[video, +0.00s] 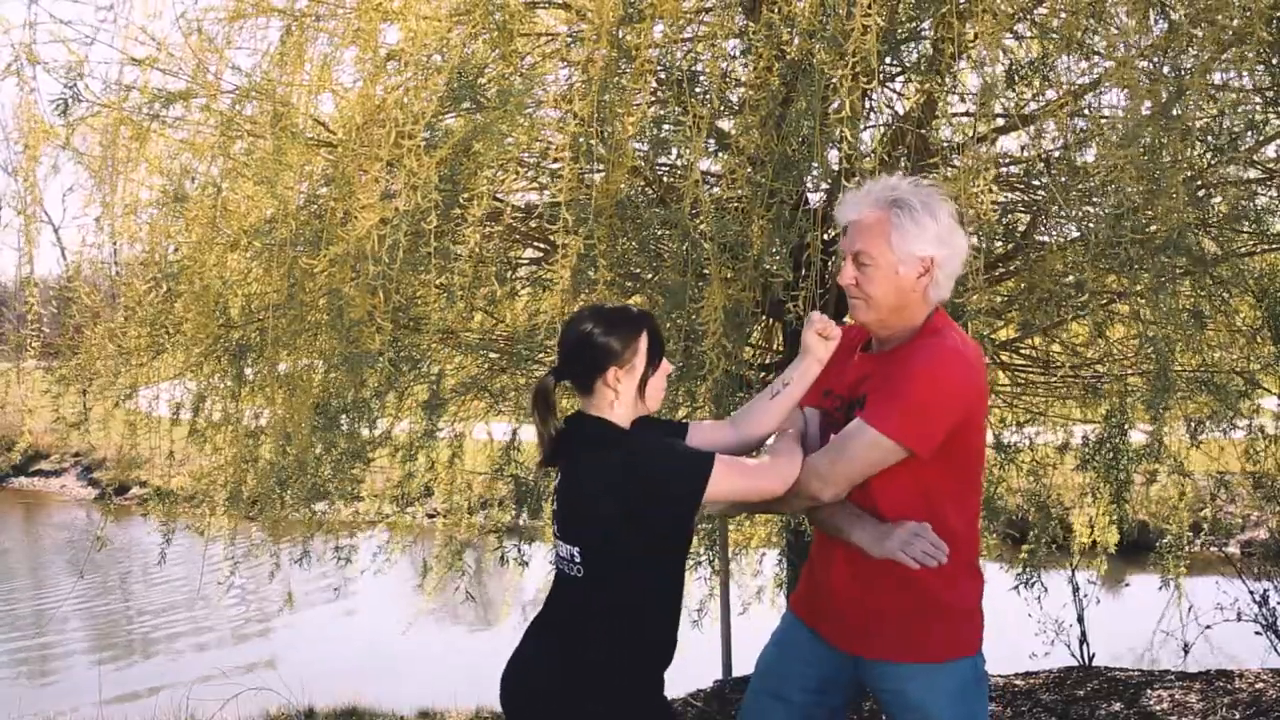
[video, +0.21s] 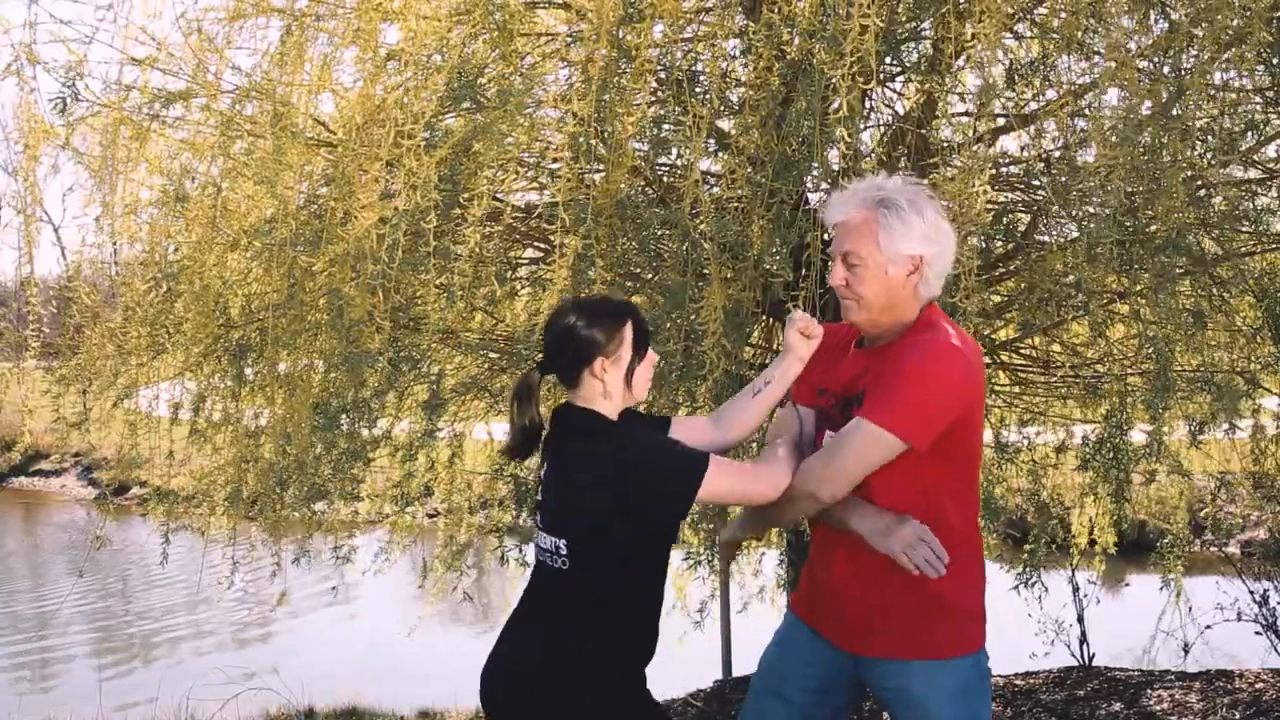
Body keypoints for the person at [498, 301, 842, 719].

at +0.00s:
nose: (667, 367)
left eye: (661, 356)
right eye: (656, 358)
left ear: (610, 378)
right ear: (617, 377)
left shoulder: (584, 437)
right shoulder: (642, 457)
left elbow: (735, 431)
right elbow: (775, 477)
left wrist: (810, 362)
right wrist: (792, 433)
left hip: (540, 681)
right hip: (612, 695)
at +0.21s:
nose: (654, 356)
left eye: (647, 344)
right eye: (641, 347)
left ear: (599, 368)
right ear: (604, 368)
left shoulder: (572, 426)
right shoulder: (631, 450)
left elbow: (716, 429)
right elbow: (770, 482)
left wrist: (791, 360)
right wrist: (784, 432)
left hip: (519, 676)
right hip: (592, 692)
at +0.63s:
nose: (534, 364)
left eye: (526, 353)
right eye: (520, 357)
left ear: (469, 383)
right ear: (479, 385)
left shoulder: (408, 448)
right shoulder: (515, 465)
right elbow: (621, 558)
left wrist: (536, 527)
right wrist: (662, 501)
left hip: (387, 689)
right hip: (479, 693)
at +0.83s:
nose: (474, 354)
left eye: (468, 341)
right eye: (462, 343)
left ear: (412, 366)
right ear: (417, 365)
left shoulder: (348, 430)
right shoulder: (449, 449)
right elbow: (551, 548)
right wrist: (602, 480)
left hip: (329, 674)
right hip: (417, 679)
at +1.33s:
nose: (452, 344)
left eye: (446, 331)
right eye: (440, 332)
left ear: (394, 349)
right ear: (401, 347)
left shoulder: (349, 423)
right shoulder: (429, 436)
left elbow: (414, 489)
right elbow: (576, 459)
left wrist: (469, 421)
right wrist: (618, 375)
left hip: (328, 673)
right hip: (411, 680)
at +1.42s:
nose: (441, 354)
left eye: (435, 342)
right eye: (429, 344)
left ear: (380, 360)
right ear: (388, 359)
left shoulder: (331, 434)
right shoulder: (419, 449)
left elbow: (403, 502)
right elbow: (562, 462)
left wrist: (458, 428)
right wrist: (613, 374)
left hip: (309, 680)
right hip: (395, 688)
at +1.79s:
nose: (423, 363)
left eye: (417, 349)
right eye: (412, 351)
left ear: (362, 364)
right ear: (370, 365)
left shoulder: (306, 445)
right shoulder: (407, 454)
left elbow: (389, 515)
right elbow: (553, 465)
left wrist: (431, 432)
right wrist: (600, 372)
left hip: (310, 685)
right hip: (401, 686)